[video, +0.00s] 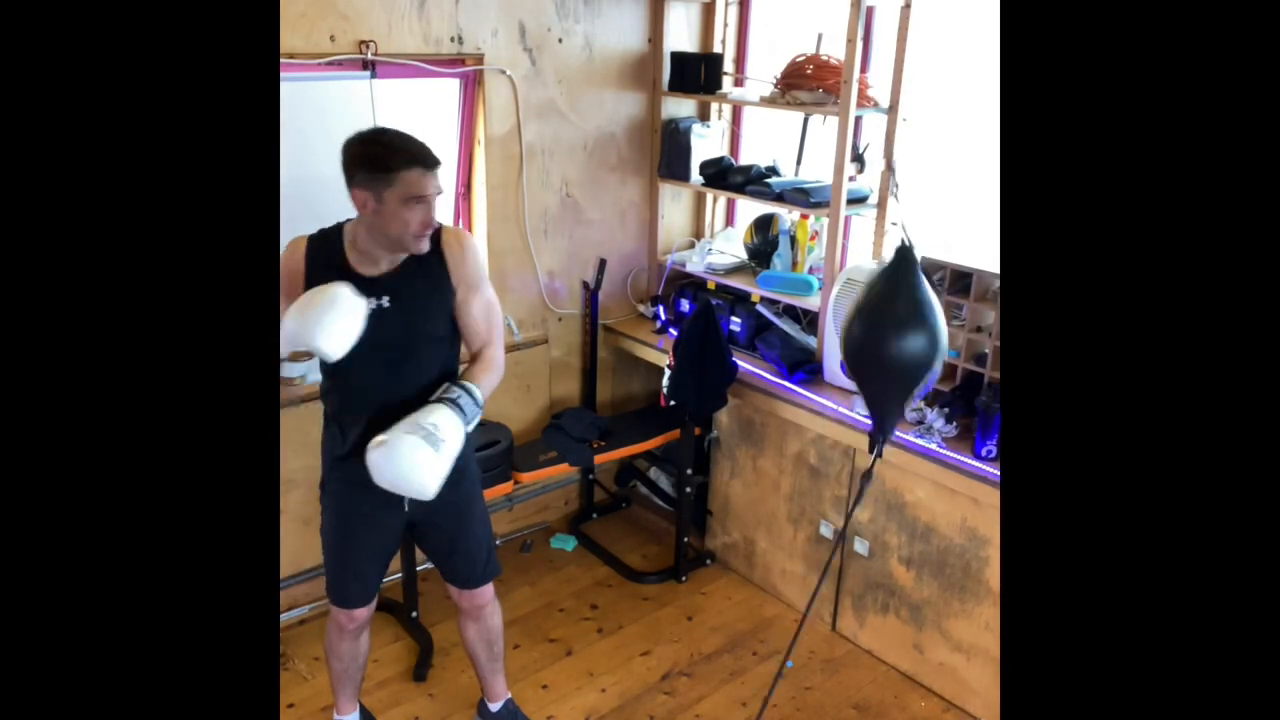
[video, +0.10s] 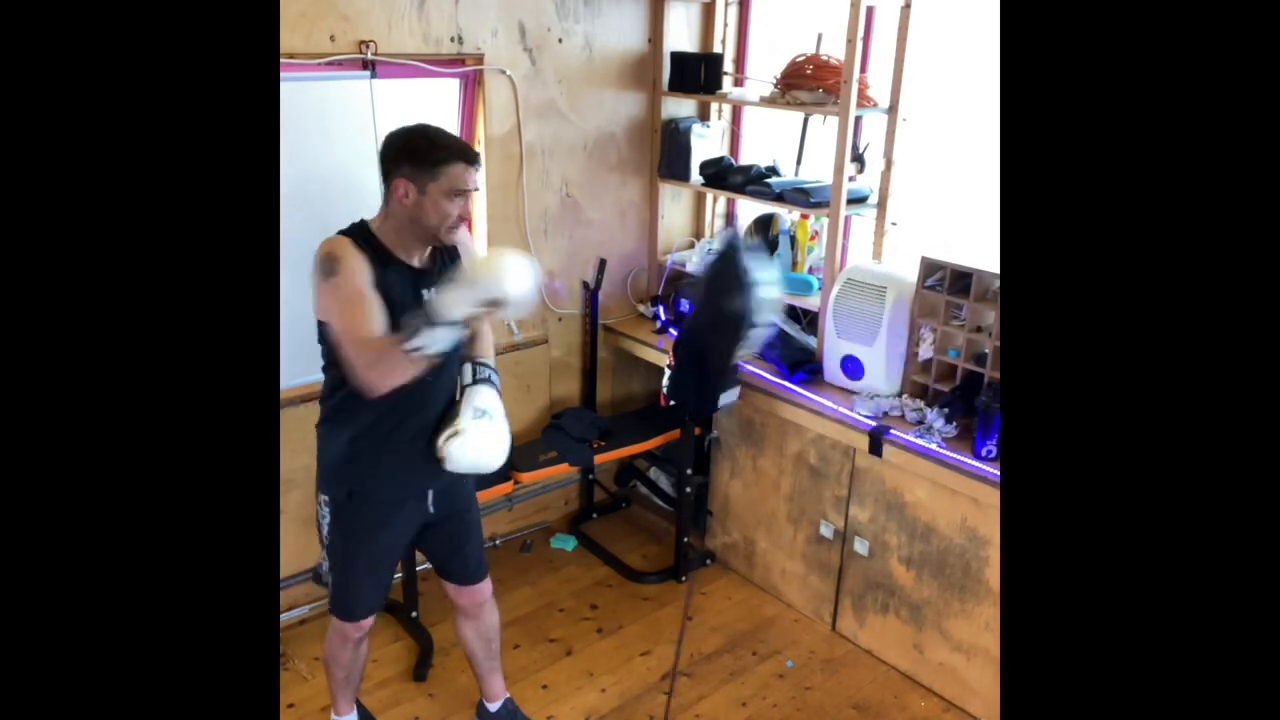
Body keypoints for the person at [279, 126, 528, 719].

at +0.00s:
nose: (432, 217)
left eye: (434, 200)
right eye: (416, 203)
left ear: (439, 194)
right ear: (363, 201)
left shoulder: (455, 251)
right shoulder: (303, 261)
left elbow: (489, 353)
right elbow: (286, 366)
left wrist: (448, 416)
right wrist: (295, 338)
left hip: (444, 451)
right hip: (355, 461)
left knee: (477, 593)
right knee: (350, 613)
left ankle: (497, 703)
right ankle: (347, 713)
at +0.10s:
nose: (467, 213)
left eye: (471, 197)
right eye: (456, 196)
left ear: (413, 193)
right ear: (404, 192)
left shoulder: (452, 256)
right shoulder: (343, 258)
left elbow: (476, 323)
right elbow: (373, 373)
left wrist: (482, 384)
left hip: (444, 460)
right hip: (368, 475)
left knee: (475, 593)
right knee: (354, 621)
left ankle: (496, 703)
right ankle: (344, 713)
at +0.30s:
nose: (491, 210)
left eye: (496, 195)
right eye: (480, 192)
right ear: (430, 185)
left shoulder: (437, 252)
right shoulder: (407, 254)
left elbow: (450, 336)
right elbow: (489, 353)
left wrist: (505, 328)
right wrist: (588, 315)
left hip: (452, 462)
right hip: (390, 476)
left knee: (478, 582)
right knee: (370, 623)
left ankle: (493, 699)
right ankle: (345, 713)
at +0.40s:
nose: (495, 211)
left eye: (501, 195)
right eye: (482, 194)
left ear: (503, 190)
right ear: (436, 185)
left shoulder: (457, 249)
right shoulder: (395, 264)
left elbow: (455, 355)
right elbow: (423, 389)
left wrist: (514, 326)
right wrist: (501, 339)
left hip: (459, 449)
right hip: (401, 464)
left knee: (486, 579)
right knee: (393, 613)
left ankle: (494, 699)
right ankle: (344, 711)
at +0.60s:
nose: (477, 210)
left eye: (483, 192)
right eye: (461, 194)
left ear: (489, 186)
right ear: (415, 189)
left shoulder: (484, 244)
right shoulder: (363, 260)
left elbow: (515, 337)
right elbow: (357, 388)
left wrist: (540, 289)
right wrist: (411, 325)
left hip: (478, 453)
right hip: (403, 466)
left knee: (489, 579)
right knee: (378, 616)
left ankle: (496, 697)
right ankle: (346, 712)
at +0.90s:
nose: (408, 245)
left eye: (419, 227)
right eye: (391, 230)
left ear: (433, 213)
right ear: (354, 216)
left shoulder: (455, 248)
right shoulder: (312, 267)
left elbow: (490, 360)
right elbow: (291, 391)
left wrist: (474, 326)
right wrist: (343, 358)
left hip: (446, 452)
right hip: (361, 464)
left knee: (490, 580)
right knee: (346, 616)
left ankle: (502, 693)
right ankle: (339, 715)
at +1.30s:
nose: (448, 227)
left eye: (453, 210)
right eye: (429, 215)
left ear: (459, 202)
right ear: (382, 213)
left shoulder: (483, 255)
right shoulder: (340, 266)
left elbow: (533, 345)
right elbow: (318, 372)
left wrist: (517, 407)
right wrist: (322, 357)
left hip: (477, 447)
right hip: (394, 459)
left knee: (521, 567)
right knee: (368, 608)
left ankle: (536, 655)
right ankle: (346, 712)